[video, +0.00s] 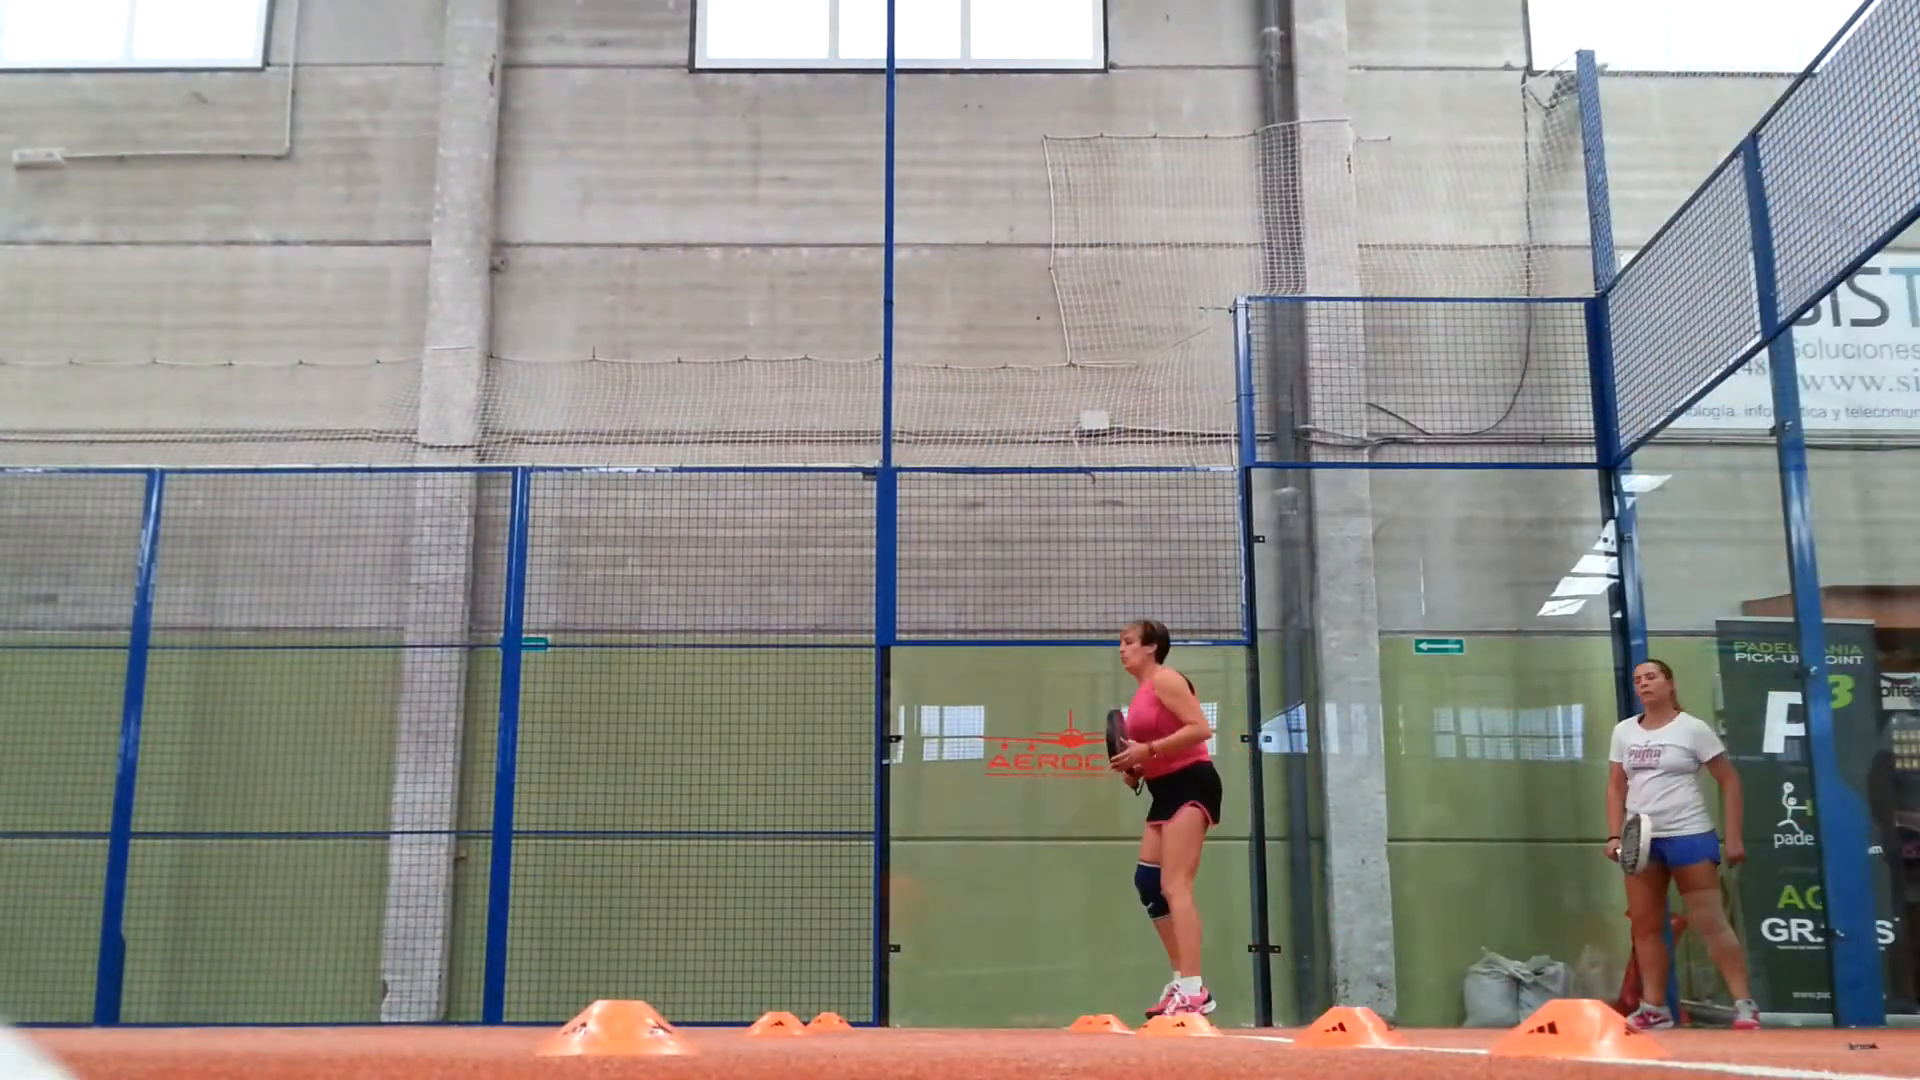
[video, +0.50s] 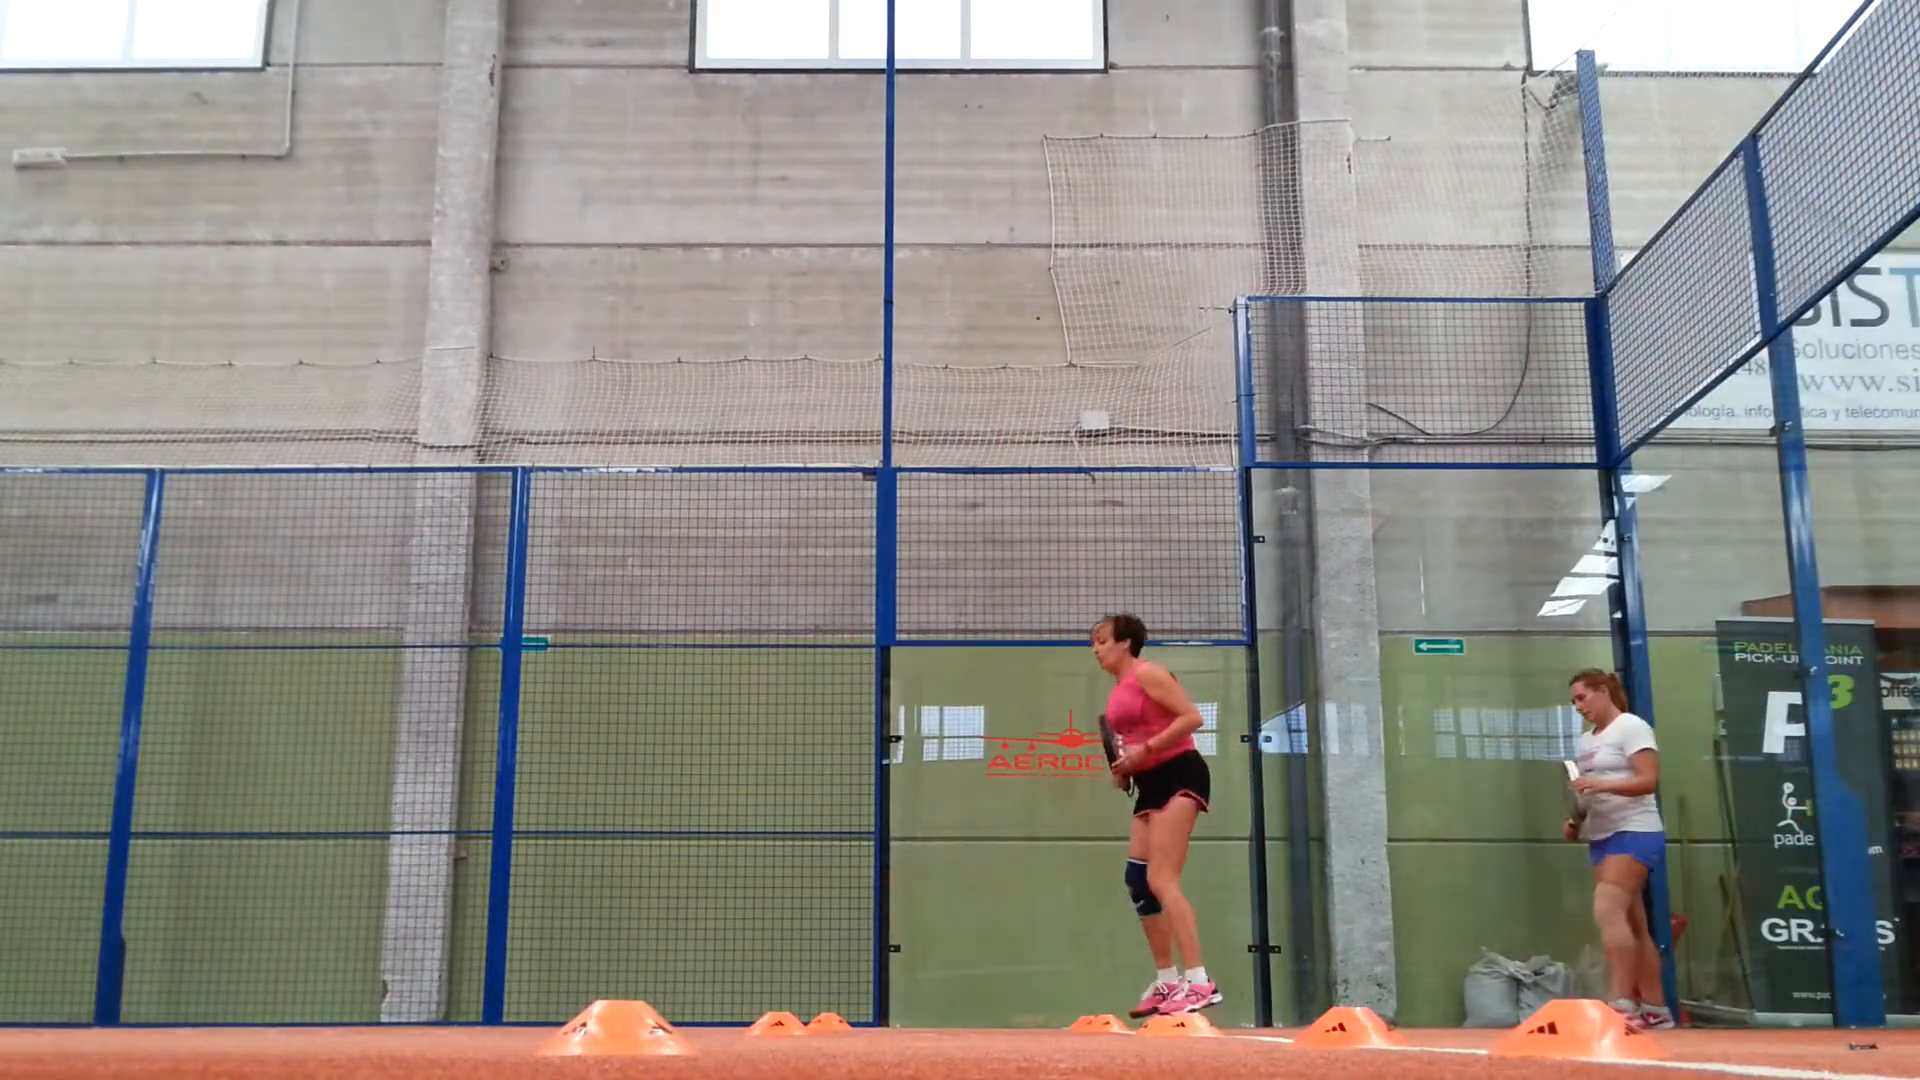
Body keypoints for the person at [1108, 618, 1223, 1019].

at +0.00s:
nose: (1122, 650)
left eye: (1128, 643)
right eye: (1121, 644)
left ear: (1151, 648)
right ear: (1132, 651)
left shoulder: (1166, 680)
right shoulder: (1140, 693)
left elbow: (1200, 728)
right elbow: (1158, 746)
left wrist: (1150, 749)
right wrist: (1135, 765)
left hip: (1190, 784)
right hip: (1164, 790)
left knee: (1176, 884)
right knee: (1149, 884)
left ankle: (1194, 990)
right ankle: (1183, 982)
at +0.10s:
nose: (1116, 651)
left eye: (1124, 645)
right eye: (1115, 646)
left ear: (1146, 650)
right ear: (1122, 654)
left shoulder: (1161, 682)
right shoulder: (1136, 695)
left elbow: (1197, 733)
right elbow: (1148, 746)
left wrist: (1147, 757)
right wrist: (1130, 770)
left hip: (1189, 785)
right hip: (1163, 792)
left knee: (1169, 885)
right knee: (1148, 889)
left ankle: (1198, 988)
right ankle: (1176, 988)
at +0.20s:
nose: (1112, 672)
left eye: (1119, 665)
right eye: (1112, 666)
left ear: (1142, 672)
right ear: (1128, 675)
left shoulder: (1159, 704)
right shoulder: (1135, 714)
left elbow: (1192, 757)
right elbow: (1147, 768)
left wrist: (1142, 782)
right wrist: (1126, 792)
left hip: (1184, 808)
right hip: (1159, 813)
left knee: (1159, 905)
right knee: (1142, 908)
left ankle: (1207, 1000)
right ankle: (1183, 1003)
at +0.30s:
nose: (1107, 675)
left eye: (1115, 668)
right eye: (1108, 669)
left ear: (1138, 674)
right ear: (1127, 677)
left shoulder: (1156, 705)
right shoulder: (1135, 715)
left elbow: (1194, 753)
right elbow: (1148, 767)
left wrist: (1147, 781)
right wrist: (1126, 792)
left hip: (1180, 809)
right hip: (1154, 813)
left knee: (1157, 905)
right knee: (1138, 907)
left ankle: (1207, 1001)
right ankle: (1183, 1003)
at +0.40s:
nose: (1102, 654)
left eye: (1108, 647)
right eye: (1101, 648)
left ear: (1131, 650)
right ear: (1119, 653)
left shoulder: (1152, 680)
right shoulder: (1128, 691)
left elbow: (1193, 723)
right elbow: (1140, 742)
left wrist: (1148, 755)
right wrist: (1127, 769)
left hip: (1177, 784)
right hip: (1152, 789)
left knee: (1165, 884)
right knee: (1143, 888)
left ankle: (1198, 986)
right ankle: (1171, 987)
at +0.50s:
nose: (1095, 650)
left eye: (1101, 642)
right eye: (1094, 643)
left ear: (1125, 644)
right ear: (1115, 648)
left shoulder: (1146, 673)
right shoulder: (1122, 687)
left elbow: (1191, 716)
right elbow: (1134, 737)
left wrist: (1146, 751)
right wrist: (1125, 765)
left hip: (1179, 777)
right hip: (1151, 784)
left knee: (1162, 879)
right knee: (1139, 882)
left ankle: (1199, 982)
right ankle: (1168, 981)